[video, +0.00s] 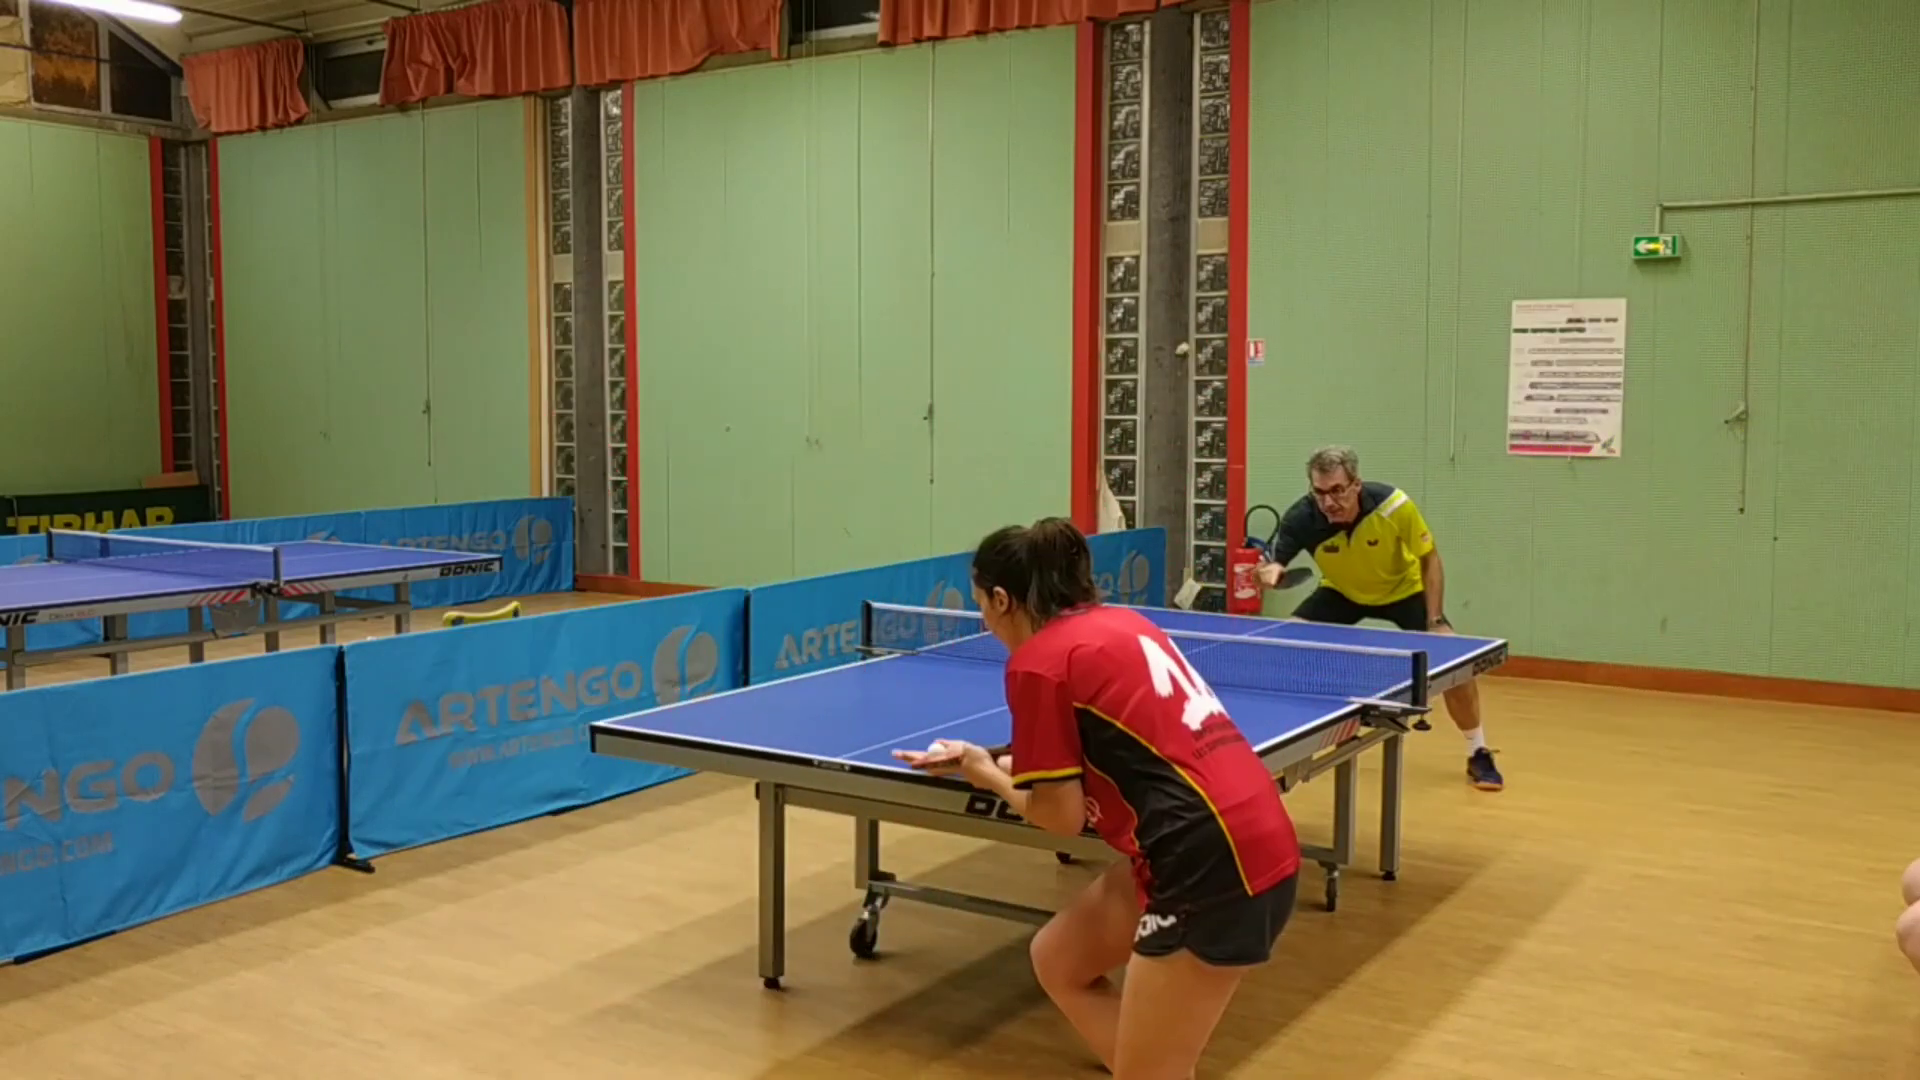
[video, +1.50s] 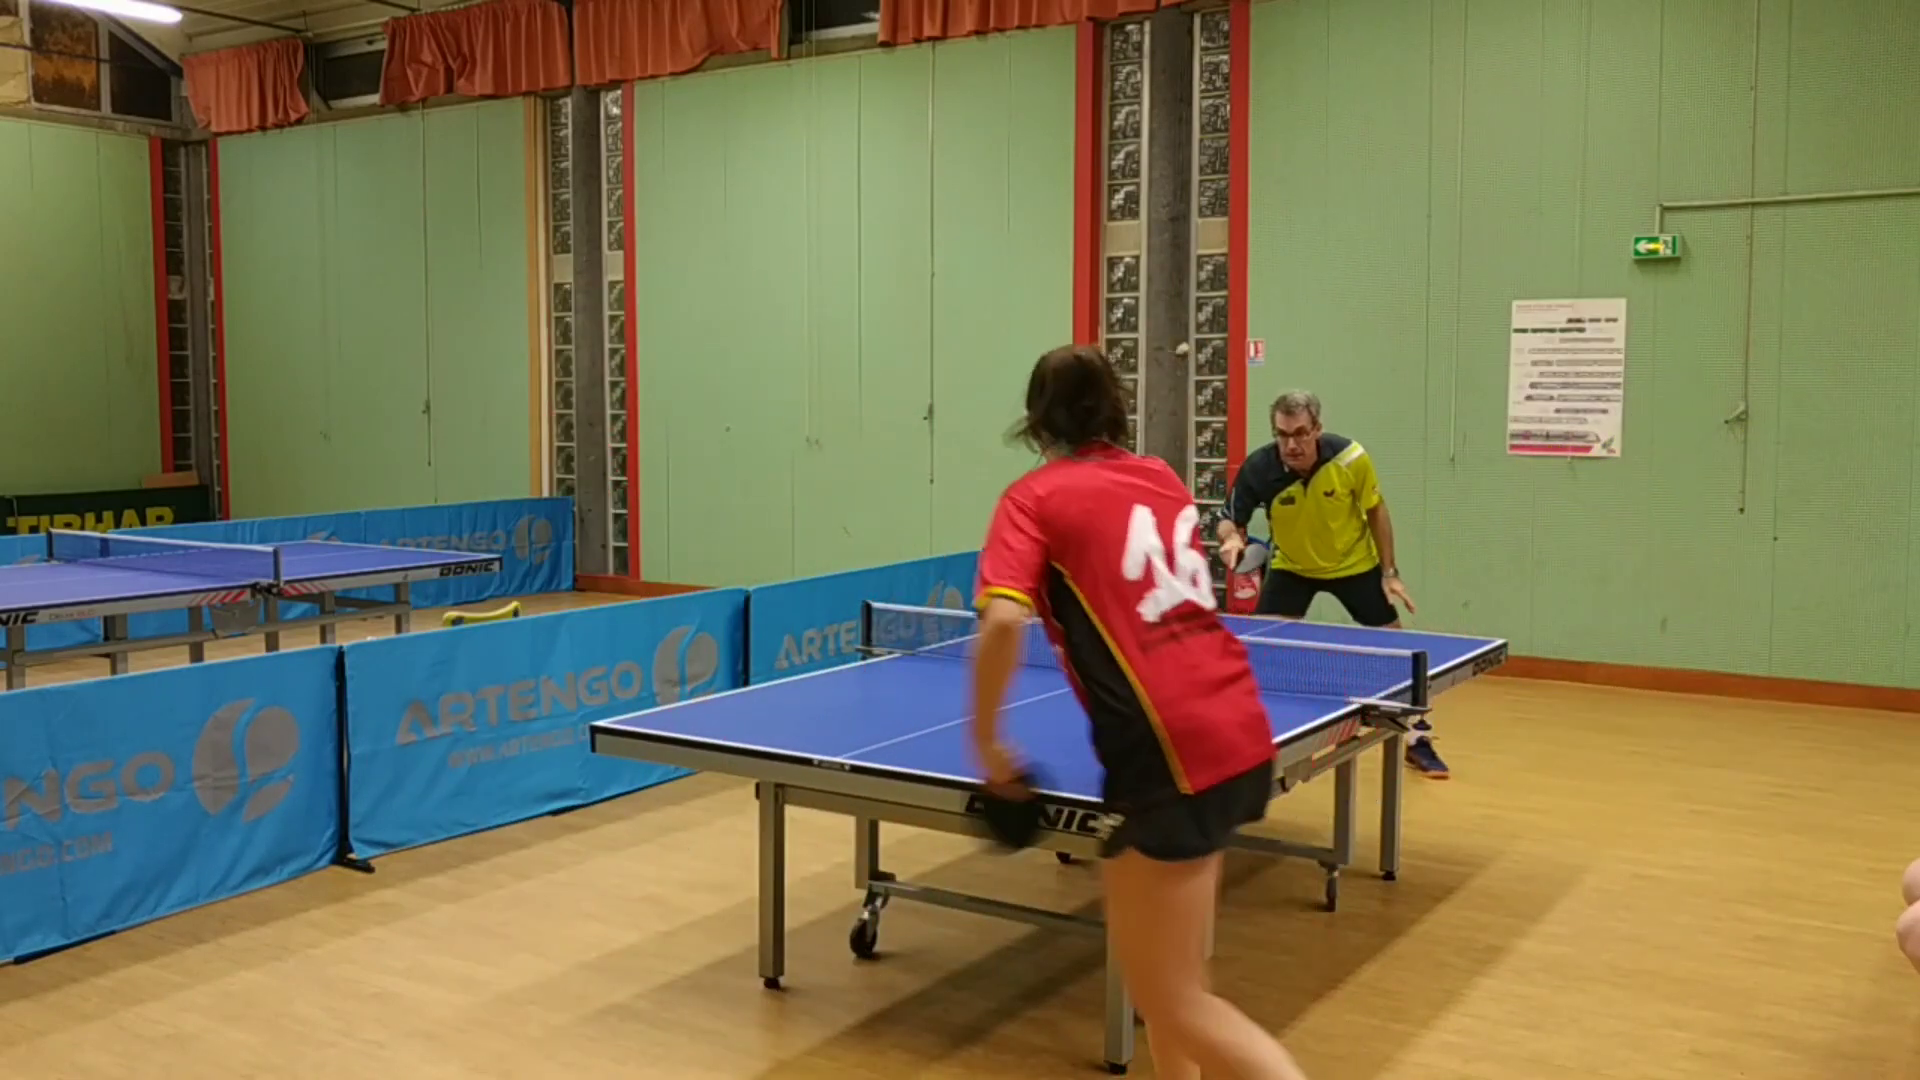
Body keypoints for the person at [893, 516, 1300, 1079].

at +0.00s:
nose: (984, 621)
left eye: (981, 605)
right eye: (980, 606)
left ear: (1003, 600)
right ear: (1066, 581)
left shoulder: (1039, 661)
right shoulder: (1125, 622)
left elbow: (1061, 817)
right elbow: (1112, 762)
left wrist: (991, 777)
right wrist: (986, 759)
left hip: (1213, 870)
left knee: (1147, 1070)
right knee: (1058, 960)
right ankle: (1144, 1068)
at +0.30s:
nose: (991, 591)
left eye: (991, 575)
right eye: (989, 576)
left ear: (1017, 575)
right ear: (1073, 564)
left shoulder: (1056, 638)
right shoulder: (1130, 611)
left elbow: (1067, 797)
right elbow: (1116, 759)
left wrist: (989, 752)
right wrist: (984, 761)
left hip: (1222, 859)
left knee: (1151, 1067)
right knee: (1067, 955)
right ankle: (1147, 1069)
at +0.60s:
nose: (1023, 523)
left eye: (1024, 506)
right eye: (1022, 507)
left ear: (1052, 512)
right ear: (1104, 504)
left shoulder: (1094, 587)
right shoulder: (1158, 562)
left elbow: (1084, 742)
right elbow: (1114, 694)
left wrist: (1010, 683)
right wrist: (995, 669)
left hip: (1245, 828)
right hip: (1209, 810)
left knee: (1168, 1054)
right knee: (1093, 941)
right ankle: (1154, 1069)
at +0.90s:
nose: (1076, 433)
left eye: (1082, 418)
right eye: (1078, 417)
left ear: (1113, 432)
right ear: (1154, 430)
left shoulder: (1157, 516)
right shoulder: (1225, 495)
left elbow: (1133, 671)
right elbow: (1177, 581)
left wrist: (1003, 675)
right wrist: (1064, 541)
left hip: (1284, 782)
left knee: (1261, 1025)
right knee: (1163, 930)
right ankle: (1186, 1075)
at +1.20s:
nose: (1068, 444)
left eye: (1072, 426)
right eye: (1067, 426)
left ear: (1108, 428)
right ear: (1130, 424)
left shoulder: (1156, 499)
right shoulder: (1228, 476)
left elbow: (1154, 622)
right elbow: (1238, 555)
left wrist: (1003, 622)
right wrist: (1131, 532)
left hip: (1296, 765)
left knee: (1290, 1026)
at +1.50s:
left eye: (1037, 410)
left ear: (1039, 418)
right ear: (1117, 409)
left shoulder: (1034, 498)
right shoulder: (1159, 476)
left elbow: (1005, 621)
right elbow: (1197, 596)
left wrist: (988, 741)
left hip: (1170, 768)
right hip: (1243, 746)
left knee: (1175, 1006)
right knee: (1172, 985)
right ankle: (1176, 1067)